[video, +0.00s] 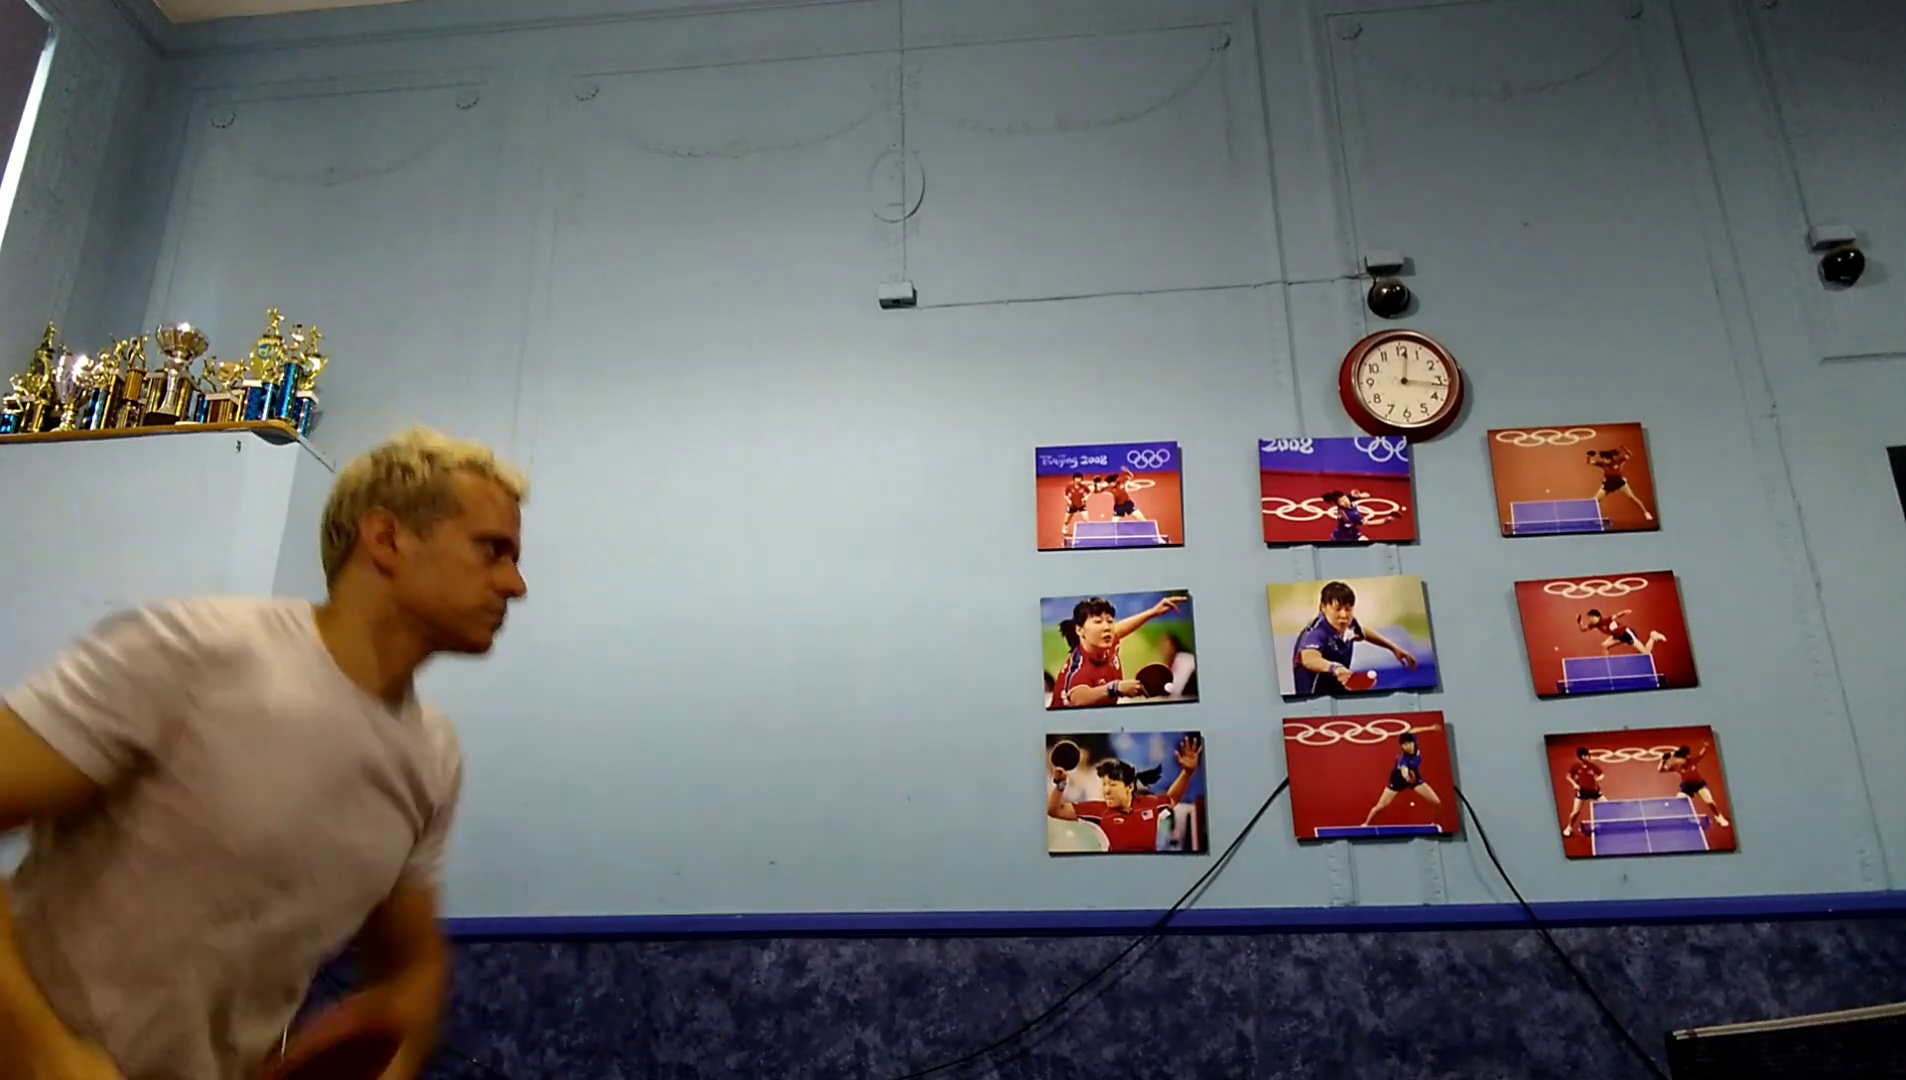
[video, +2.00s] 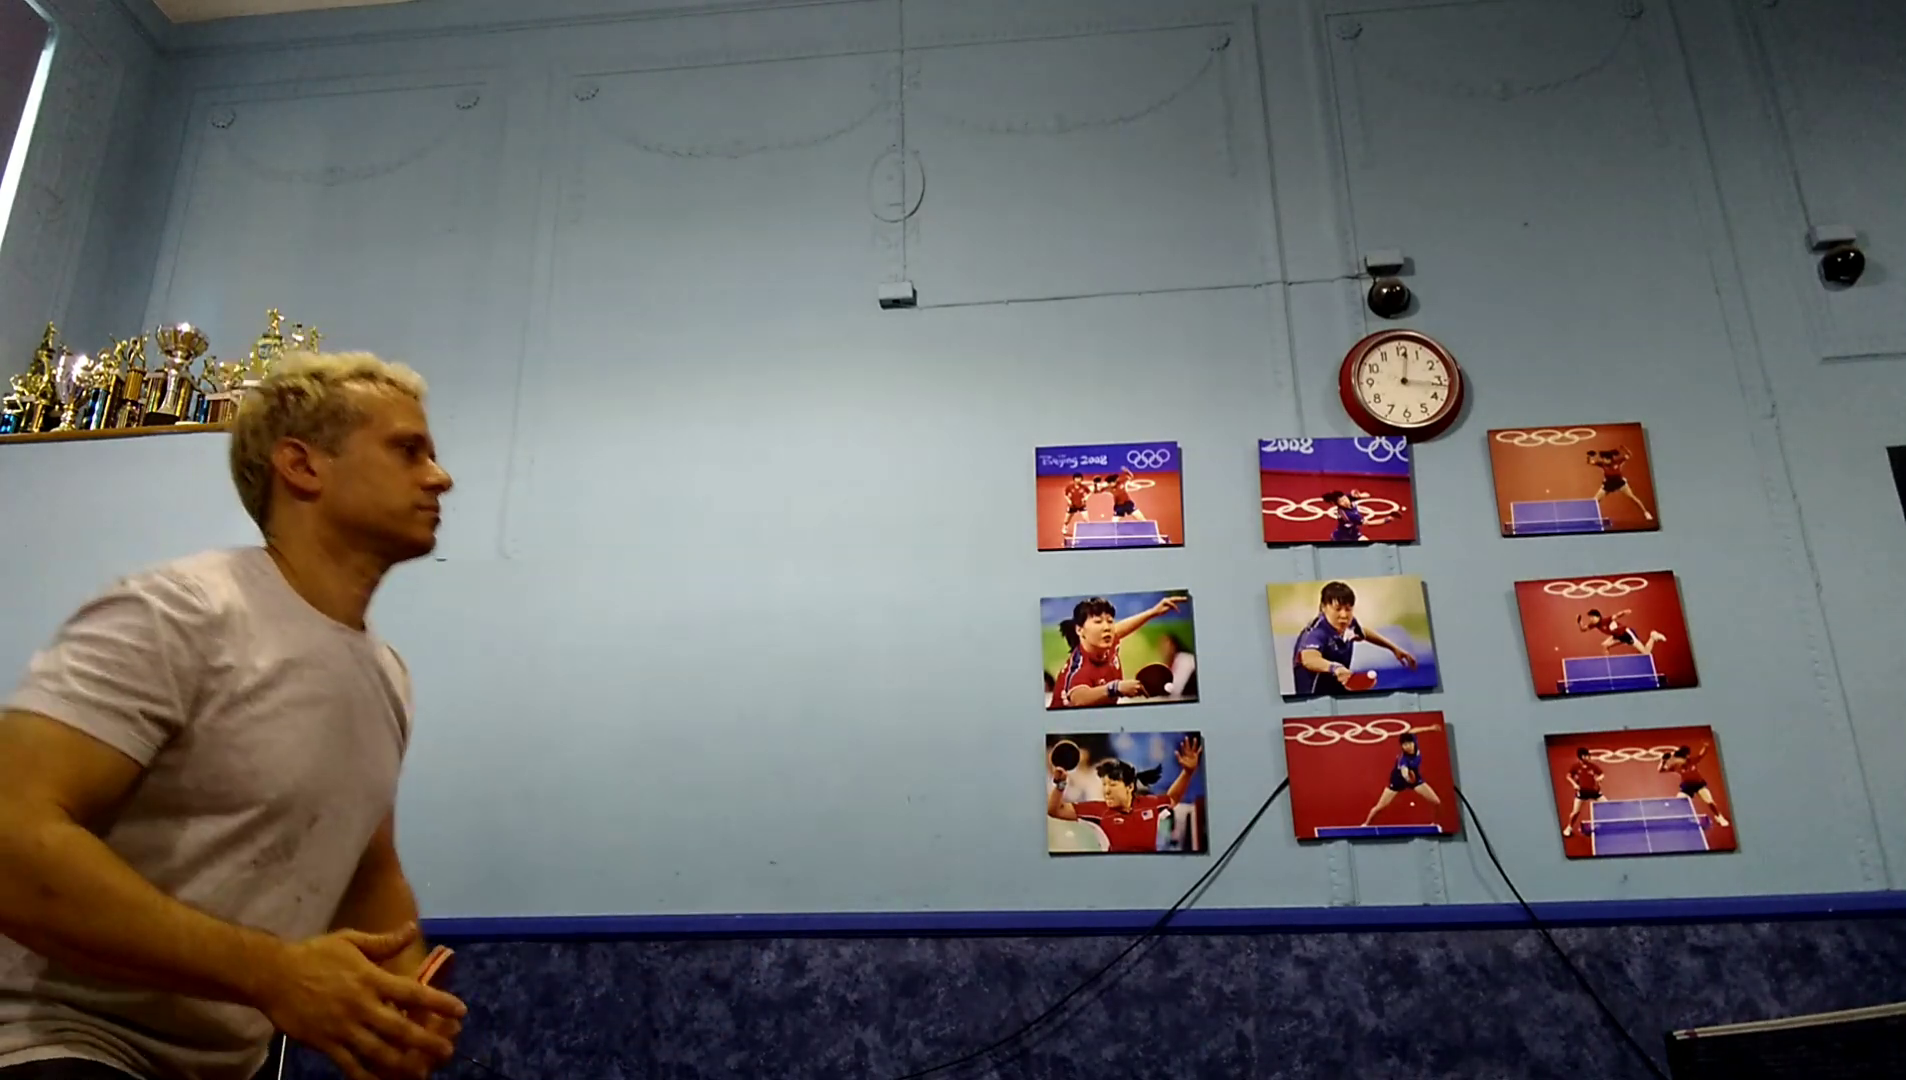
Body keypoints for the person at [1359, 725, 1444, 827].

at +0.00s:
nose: (1408, 747)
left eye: (1409, 744)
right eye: (1405, 745)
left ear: (1413, 743)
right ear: (1402, 746)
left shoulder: (1416, 747)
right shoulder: (1403, 758)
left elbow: (1413, 731)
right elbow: (1404, 771)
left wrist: (1431, 728)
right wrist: (1409, 778)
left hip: (1415, 779)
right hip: (1398, 781)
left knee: (1436, 802)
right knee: (1381, 805)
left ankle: (1434, 823)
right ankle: (1366, 823)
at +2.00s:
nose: (1408, 747)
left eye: (1409, 744)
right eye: (1405, 745)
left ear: (1413, 743)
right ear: (1402, 747)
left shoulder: (1416, 747)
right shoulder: (1403, 759)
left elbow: (1414, 731)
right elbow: (1404, 772)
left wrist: (1431, 728)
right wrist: (1409, 779)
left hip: (1414, 780)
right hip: (1398, 781)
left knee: (1436, 802)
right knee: (1381, 806)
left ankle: (1434, 823)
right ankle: (1366, 823)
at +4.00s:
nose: (1408, 747)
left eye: (1409, 744)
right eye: (1405, 745)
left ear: (1414, 743)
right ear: (1402, 746)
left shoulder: (1416, 748)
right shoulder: (1403, 758)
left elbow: (1414, 731)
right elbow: (1404, 771)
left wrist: (1431, 728)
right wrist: (1409, 778)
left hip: (1415, 779)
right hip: (1398, 781)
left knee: (1436, 802)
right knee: (1381, 806)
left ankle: (1435, 823)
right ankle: (1366, 823)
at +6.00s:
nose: (1408, 747)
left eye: (1409, 744)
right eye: (1405, 745)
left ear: (1414, 743)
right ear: (1402, 746)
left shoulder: (1416, 747)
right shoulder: (1403, 759)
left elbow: (1413, 731)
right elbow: (1404, 771)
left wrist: (1431, 728)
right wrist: (1409, 778)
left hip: (1415, 779)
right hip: (1398, 781)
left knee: (1436, 802)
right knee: (1381, 806)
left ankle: (1435, 824)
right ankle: (1366, 823)